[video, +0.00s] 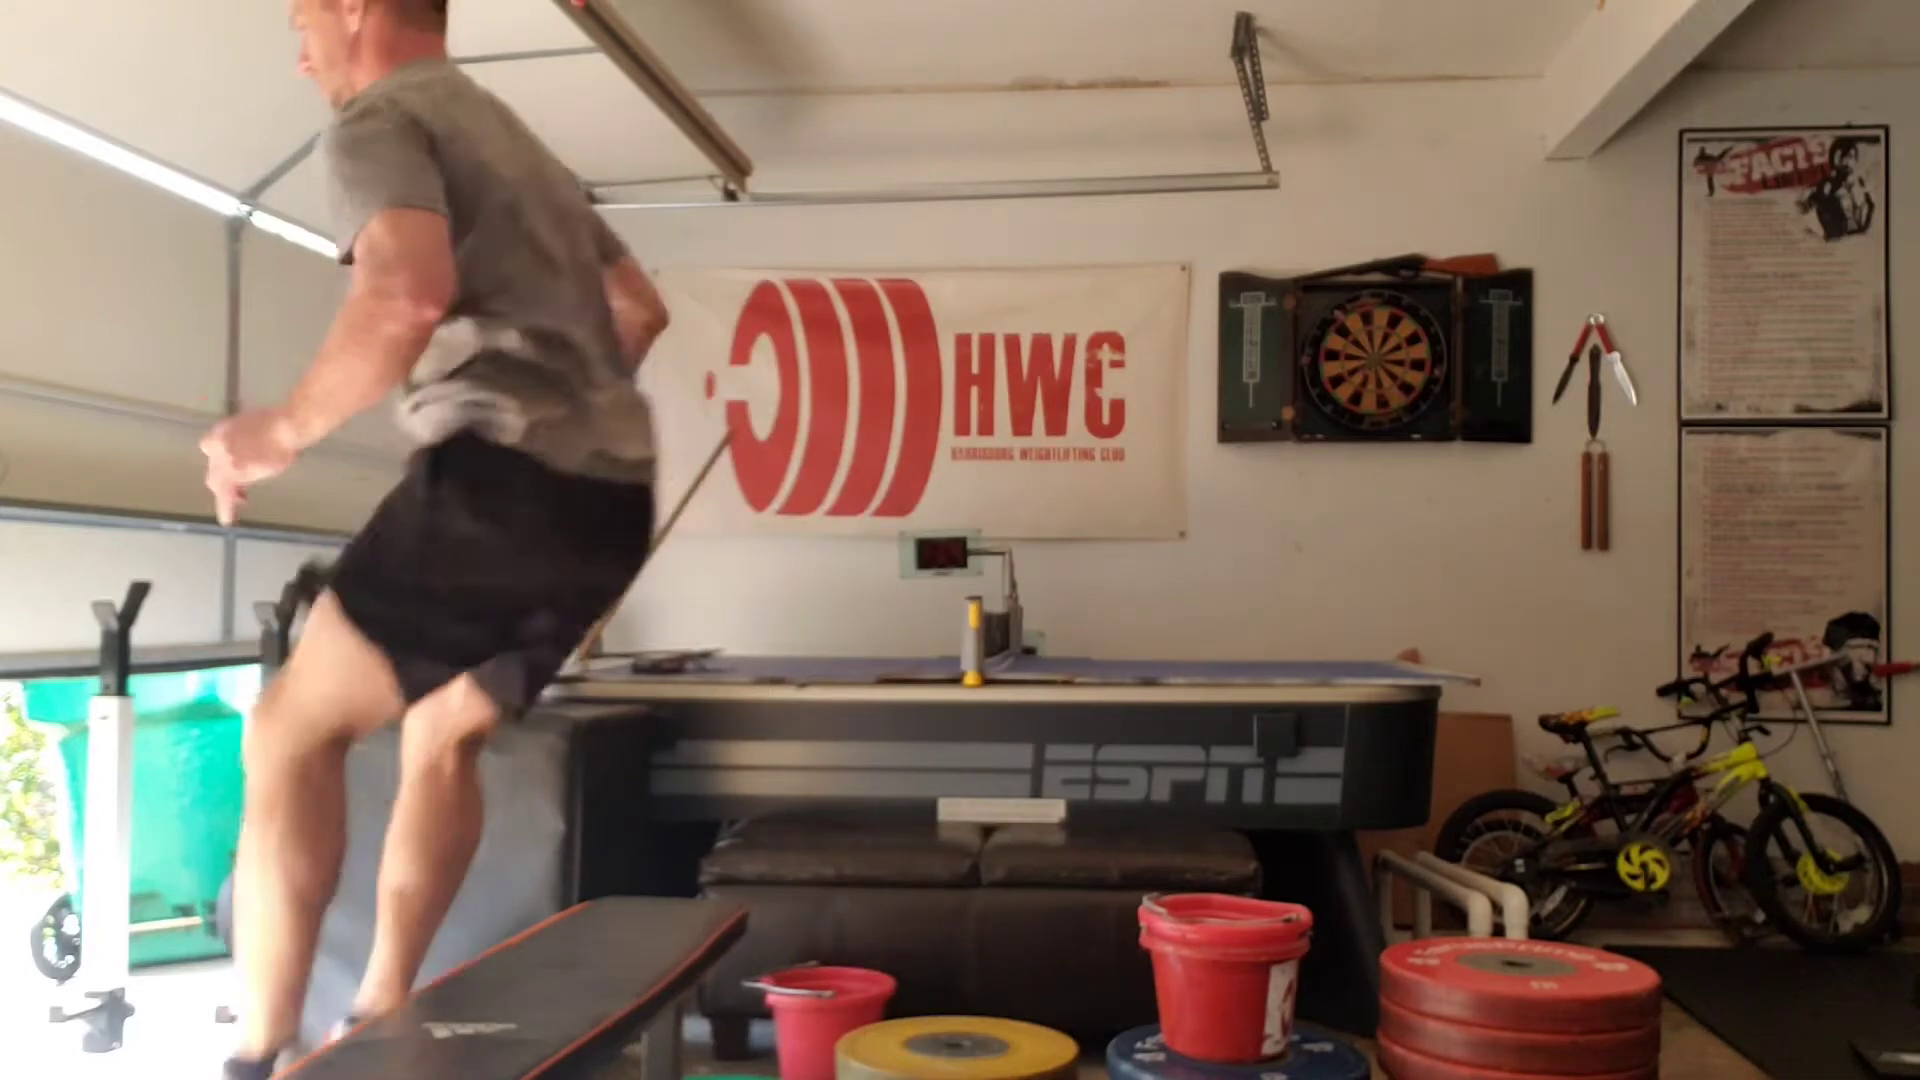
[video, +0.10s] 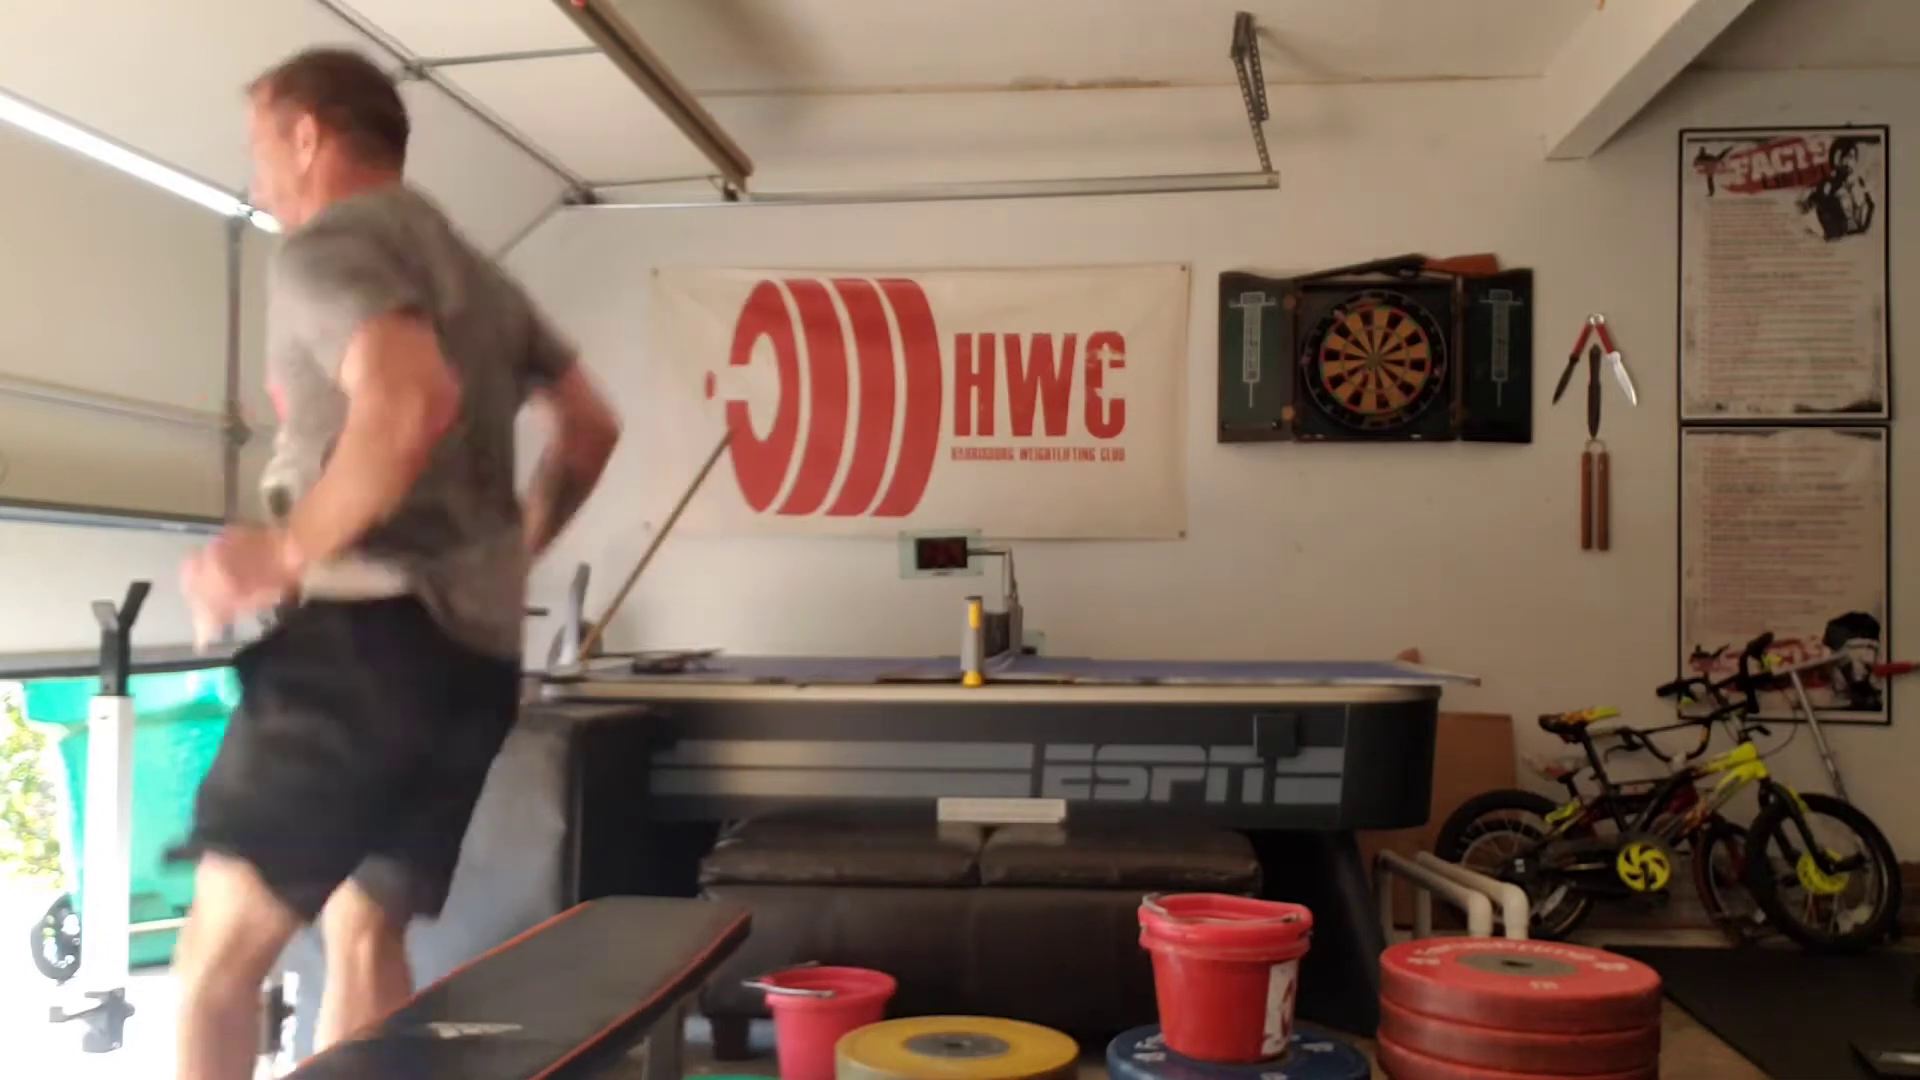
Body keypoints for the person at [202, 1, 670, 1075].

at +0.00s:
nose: (299, 50)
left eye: (304, 23)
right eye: (297, 27)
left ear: (357, 17)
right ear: (412, 21)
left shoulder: (381, 119)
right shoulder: (511, 134)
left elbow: (407, 296)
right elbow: (638, 307)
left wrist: (286, 426)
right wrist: (518, 385)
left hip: (501, 478)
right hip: (613, 500)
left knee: (290, 721)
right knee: (443, 733)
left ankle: (265, 1043)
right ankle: (385, 1007)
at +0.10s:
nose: (258, 186)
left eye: (261, 150)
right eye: (256, 155)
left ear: (310, 135)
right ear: (375, 142)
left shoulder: (328, 244)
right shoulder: (475, 269)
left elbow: (411, 394)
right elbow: (589, 428)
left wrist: (288, 548)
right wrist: (509, 554)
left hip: (359, 642)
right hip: (475, 659)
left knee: (219, 966)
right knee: (367, 933)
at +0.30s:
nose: (224, 251)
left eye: (221, 233)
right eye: (225, 236)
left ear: (235, 235)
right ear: (344, 241)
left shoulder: (188, 366)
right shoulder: (427, 379)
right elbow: (477, 564)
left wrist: (108, 633)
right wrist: (361, 576)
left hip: (261, 734)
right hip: (409, 729)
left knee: (143, 1026)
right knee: (310, 966)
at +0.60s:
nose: (381, 230)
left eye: (378, 204)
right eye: (368, 200)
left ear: (274, 197)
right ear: (293, 193)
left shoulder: (148, 358)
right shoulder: (319, 329)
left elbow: (131, 535)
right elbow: (384, 538)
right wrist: (465, 578)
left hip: (168, 683)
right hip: (284, 668)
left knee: (211, 978)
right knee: (320, 983)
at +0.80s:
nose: (377, 235)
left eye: (374, 211)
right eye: (357, 209)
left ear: (278, 208)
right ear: (272, 203)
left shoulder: (284, 344)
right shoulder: (242, 337)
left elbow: (278, 538)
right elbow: (232, 530)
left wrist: (399, 576)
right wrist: (401, 602)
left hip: (233, 677)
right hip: (207, 678)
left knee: (227, 981)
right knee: (296, 970)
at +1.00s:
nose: (372, 237)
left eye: (373, 216)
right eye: (354, 211)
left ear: (283, 211)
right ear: (267, 206)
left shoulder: (327, 377)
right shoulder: (190, 342)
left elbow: (357, 532)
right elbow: (104, 511)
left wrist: (452, 569)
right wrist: (267, 612)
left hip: (257, 696)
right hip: (153, 680)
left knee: (250, 950)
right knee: (242, 945)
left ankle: (201, 1072)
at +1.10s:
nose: (382, 241)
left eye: (383, 220)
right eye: (364, 216)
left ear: (289, 216)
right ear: (279, 209)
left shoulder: (341, 377)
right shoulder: (201, 339)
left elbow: (371, 527)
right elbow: (73, 494)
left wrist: (468, 593)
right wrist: (183, 637)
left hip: (258, 705)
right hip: (144, 692)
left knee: (222, 977)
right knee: (197, 979)